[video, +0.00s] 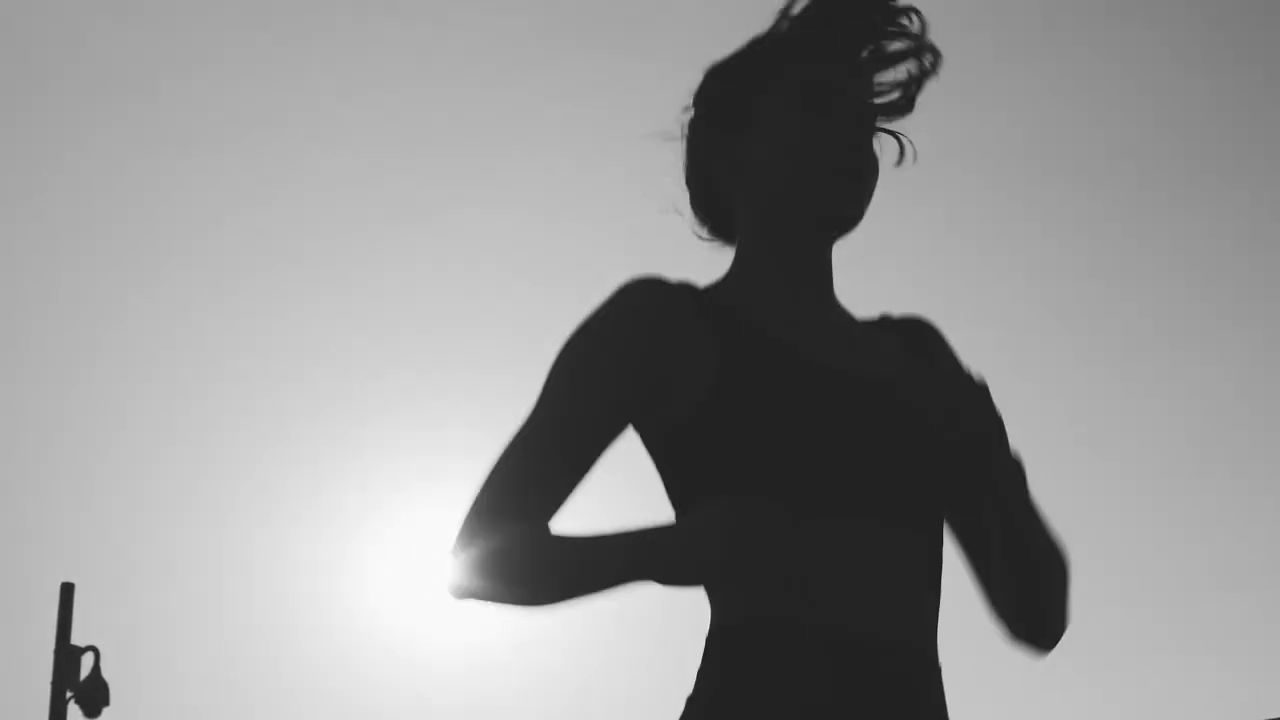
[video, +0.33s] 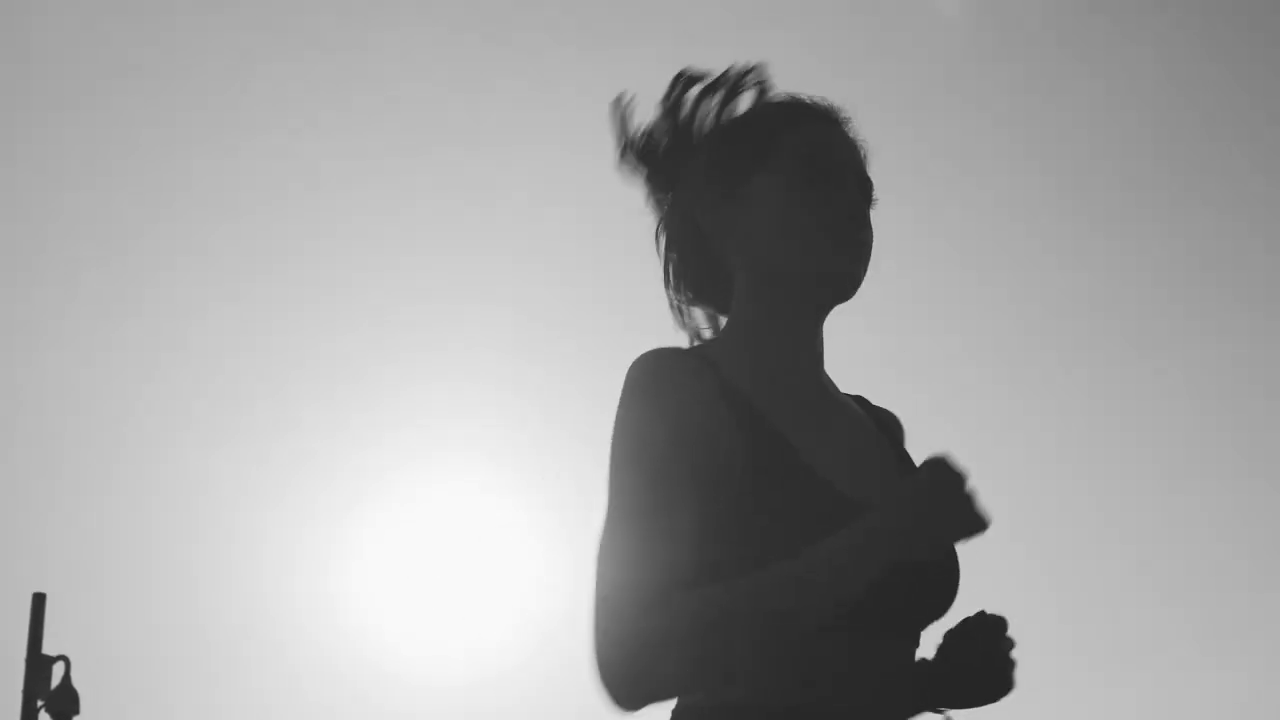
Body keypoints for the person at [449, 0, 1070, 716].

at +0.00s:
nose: (852, 152)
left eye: (861, 131)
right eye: (815, 123)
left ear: (873, 163)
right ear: (731, 158)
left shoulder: (913, 357)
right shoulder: (659, 327)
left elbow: (1040, 620)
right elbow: (484, 559)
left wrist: (972, 437)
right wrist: (671, 552)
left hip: (905, 700)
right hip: (748, 696)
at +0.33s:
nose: (854, 214)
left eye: (863, 194)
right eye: (815, 184)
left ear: (869, 220)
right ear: (723, 215)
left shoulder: (877, 431)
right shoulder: (674, 387)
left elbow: (844, 674)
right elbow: (633, 661)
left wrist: (936, 682)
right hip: (725, 708)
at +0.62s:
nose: (851, 173)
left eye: (853, 154)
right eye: (823, 149)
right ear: (744, 163)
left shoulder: (762, 332)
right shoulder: (690, 290)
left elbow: (653, 608)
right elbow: (720, 507)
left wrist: (869, 608)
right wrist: (911, 417)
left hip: (839, 688)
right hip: (760, 688)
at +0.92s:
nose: (824, 214)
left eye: (821, 191)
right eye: (792, 185)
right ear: (708, 203)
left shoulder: (730, 359)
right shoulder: (662, 342)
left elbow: (650, 655)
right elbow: (617, 554)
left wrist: (849, 650)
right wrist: (866, 525)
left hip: (806, 703)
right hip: (726, 700)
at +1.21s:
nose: (780, 281)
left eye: (783, 257)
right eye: (742, 254)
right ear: (661, 290)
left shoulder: (790, 505)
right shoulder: (604, 437)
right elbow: (430, 671)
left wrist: (885, 696)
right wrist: (610, 706)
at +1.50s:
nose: (722, 251)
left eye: (728, 228)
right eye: (686, 224)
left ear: (737, 252)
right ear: (606, 244)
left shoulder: (770, 460)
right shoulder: (516, 409)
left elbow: (884, 699)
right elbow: (325, 598)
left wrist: (829, 547)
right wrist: (482, 656)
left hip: (728, 714)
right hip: (592, 713)